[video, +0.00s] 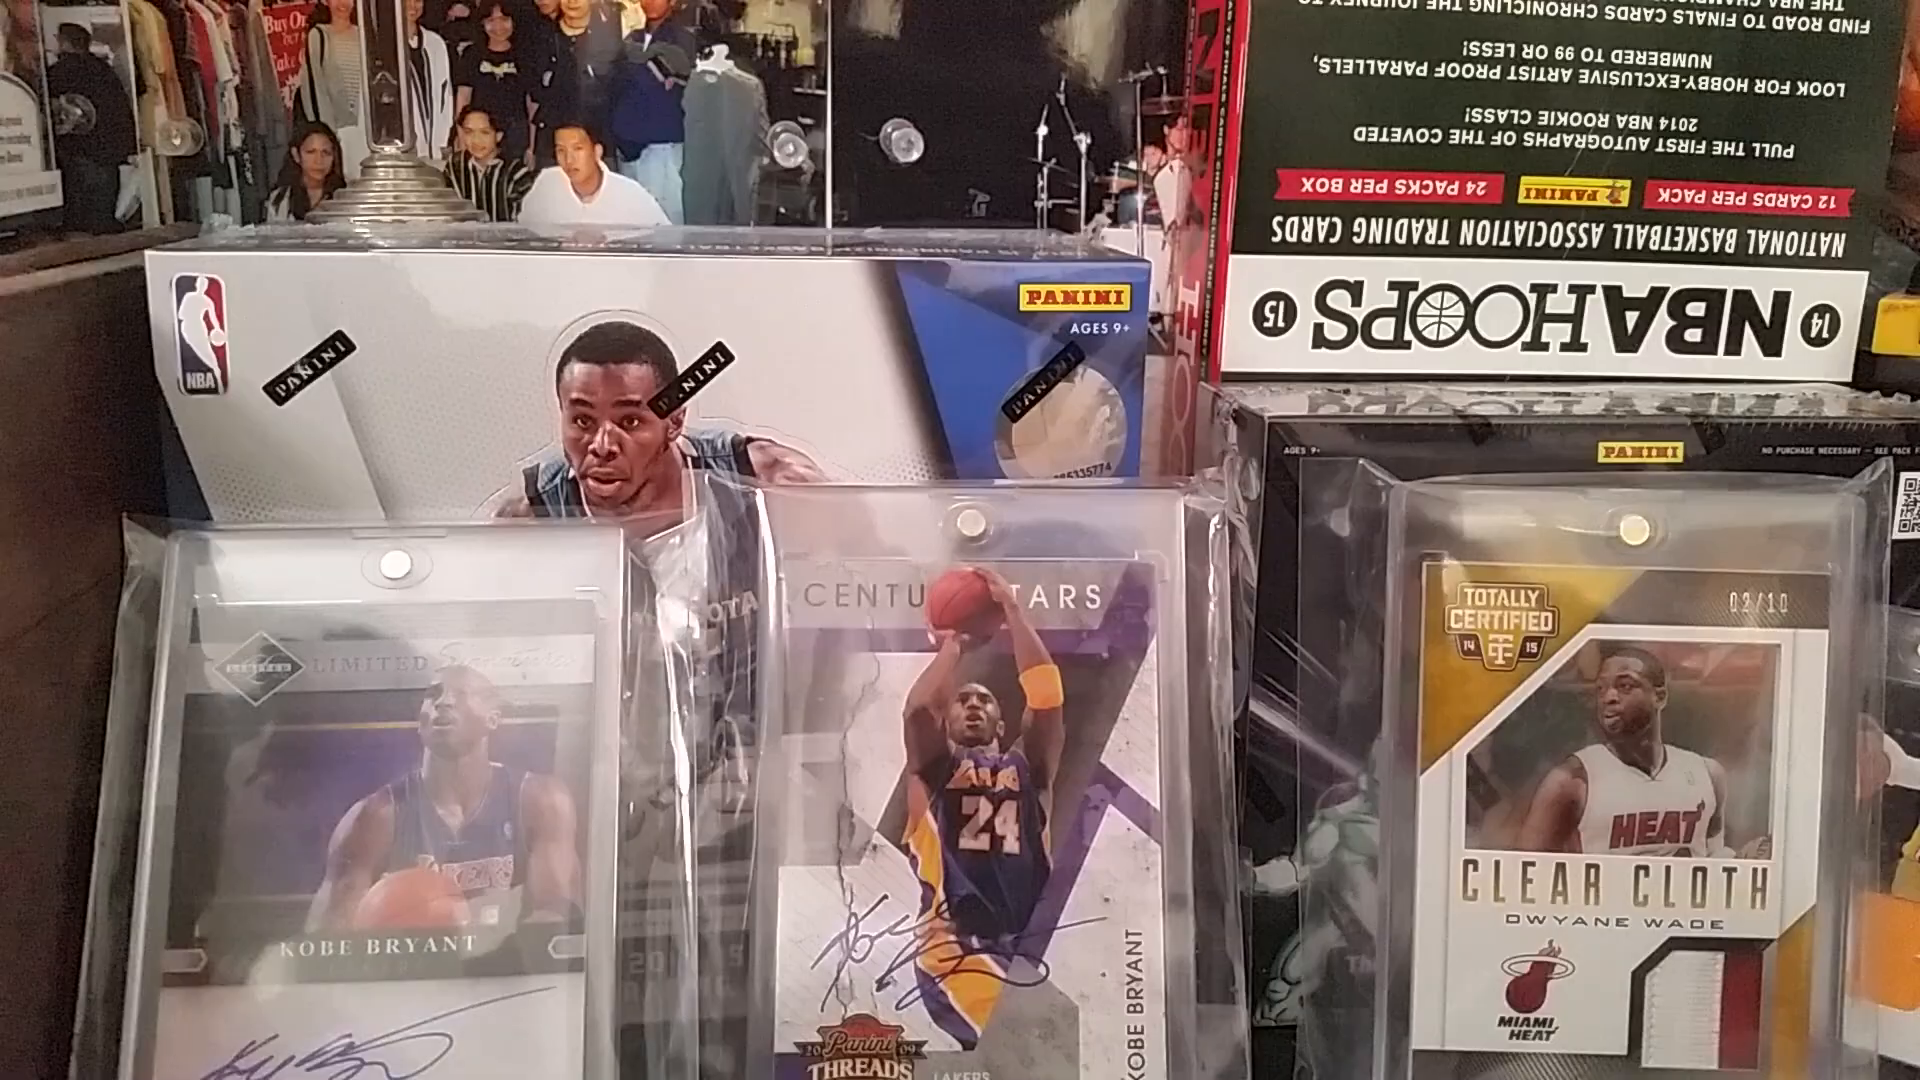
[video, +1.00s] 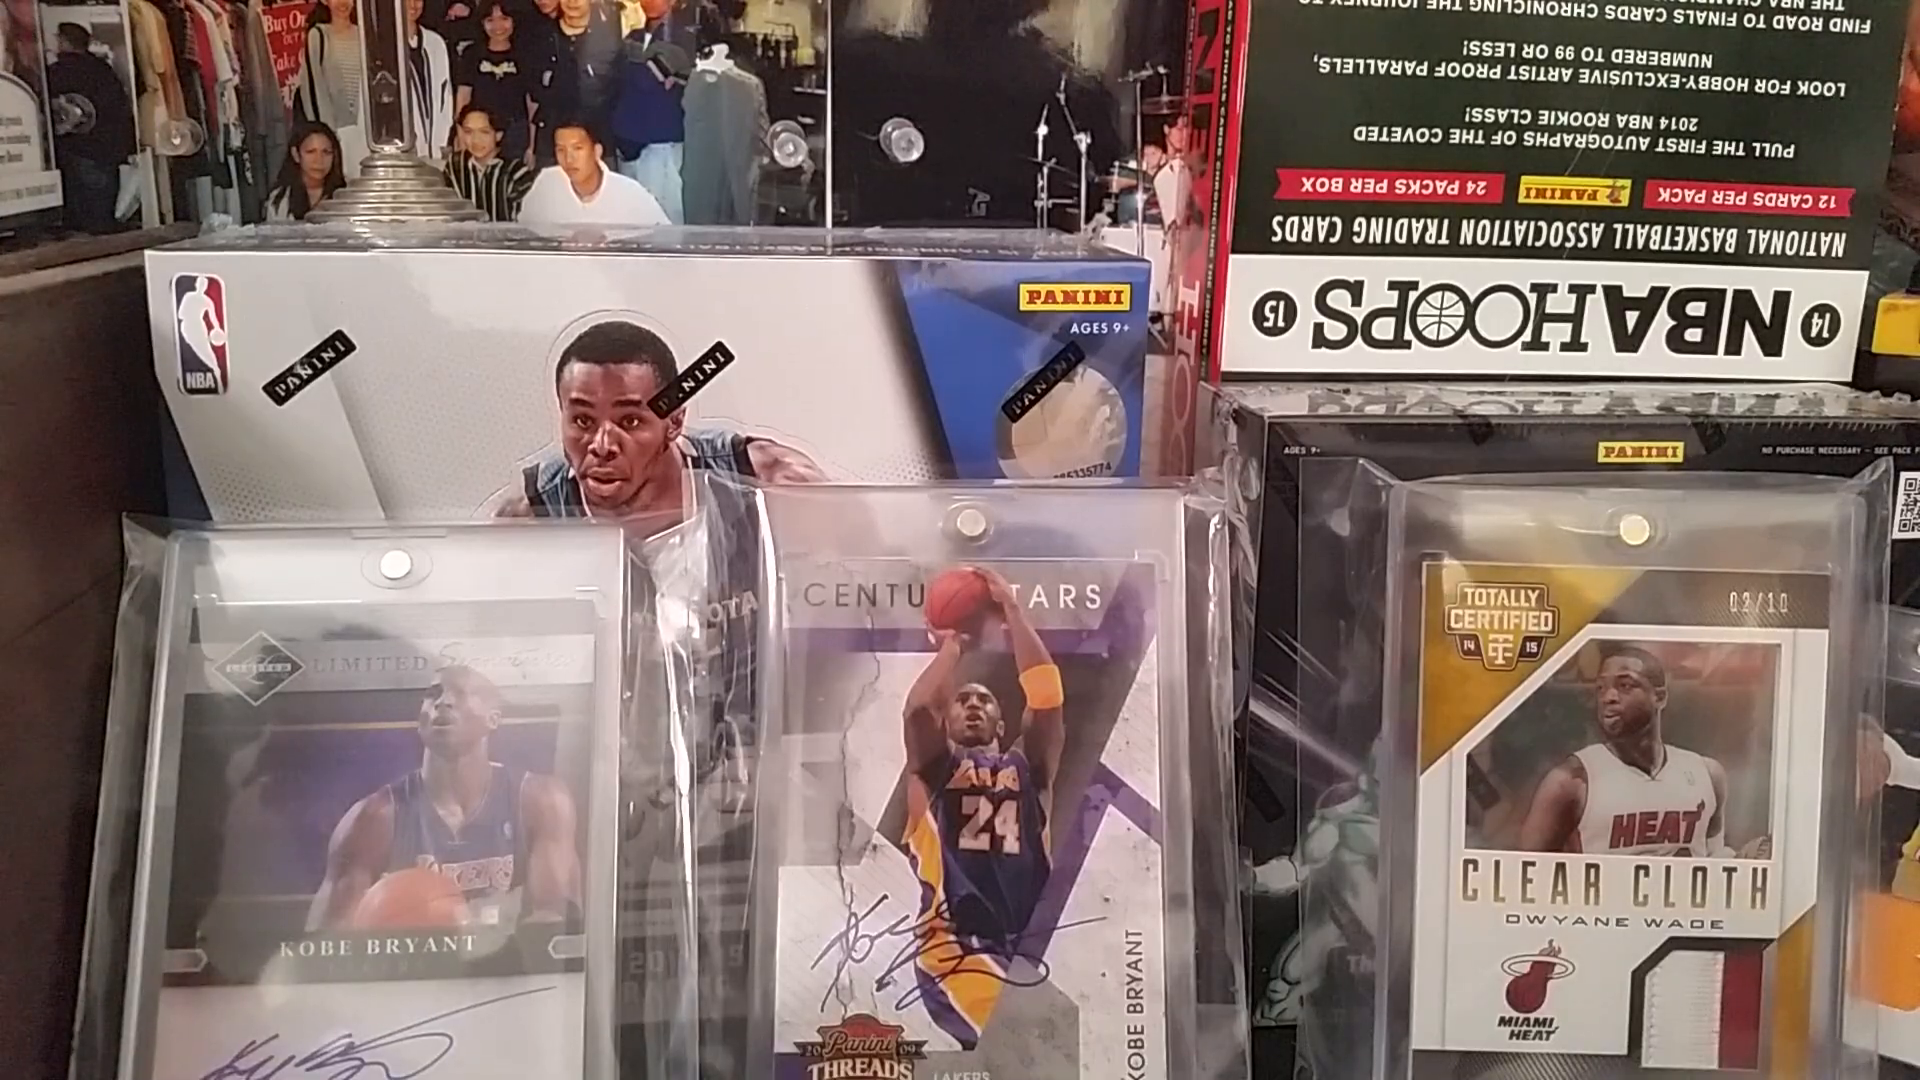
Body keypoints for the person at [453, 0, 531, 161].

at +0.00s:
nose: (498, 26)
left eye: (504, 19)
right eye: (491, 20)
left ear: (513, 23)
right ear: (484, 24)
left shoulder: (524, 55)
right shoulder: (472, 54)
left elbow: (532, 102)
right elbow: (463, 97)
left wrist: (531, 146)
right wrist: (461, 137)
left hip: (515, 133)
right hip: (480, 134)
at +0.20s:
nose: (498, 26)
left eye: (504, 19)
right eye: (491, 20)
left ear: (513, 23)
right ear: (484, 25)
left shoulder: (524, 56)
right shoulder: (472, 54)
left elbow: (532, 102)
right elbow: (464, 96)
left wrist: (531, 146)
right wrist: (461, 136)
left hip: (514, 130)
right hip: (480, 132)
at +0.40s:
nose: (497, 26)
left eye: (504, 19)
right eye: (490, 20)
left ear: (513, 23)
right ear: (483, 25)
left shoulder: (524, 56)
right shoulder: (472, 54)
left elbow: (532, 102)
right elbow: (463, 97)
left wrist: (531, 146)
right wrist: (460, 136)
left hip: (514, 130)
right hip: (479, 131)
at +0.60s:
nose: (497, 26)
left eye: (504, 19)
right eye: (489, 20)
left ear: (513, 23)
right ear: (483, 24)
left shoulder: (523, 54)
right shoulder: (472, 53)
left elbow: (532, 102)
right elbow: (463, 96)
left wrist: (531, 146)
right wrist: (461, 136)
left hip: (514, 131)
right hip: (480, 133)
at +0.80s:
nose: (497, 26)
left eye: (503, 19)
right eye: (490, 20)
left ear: (513, 22)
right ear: (483, 24)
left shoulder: (524, 55)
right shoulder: (472, 53)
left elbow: (532, 103)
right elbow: (463, 96)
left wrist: (531, 146)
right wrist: (460, 136)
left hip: (515, 130)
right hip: (480, 131)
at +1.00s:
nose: (498, 26)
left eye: (504, 18)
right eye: (490, 20)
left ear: (513, 22)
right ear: (483, 25)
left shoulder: (524, 55)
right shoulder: (472, 53)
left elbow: (532, 102)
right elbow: (463, 96)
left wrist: (531, 146)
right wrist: (460, 135)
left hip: (515, 130)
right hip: (480, 132)